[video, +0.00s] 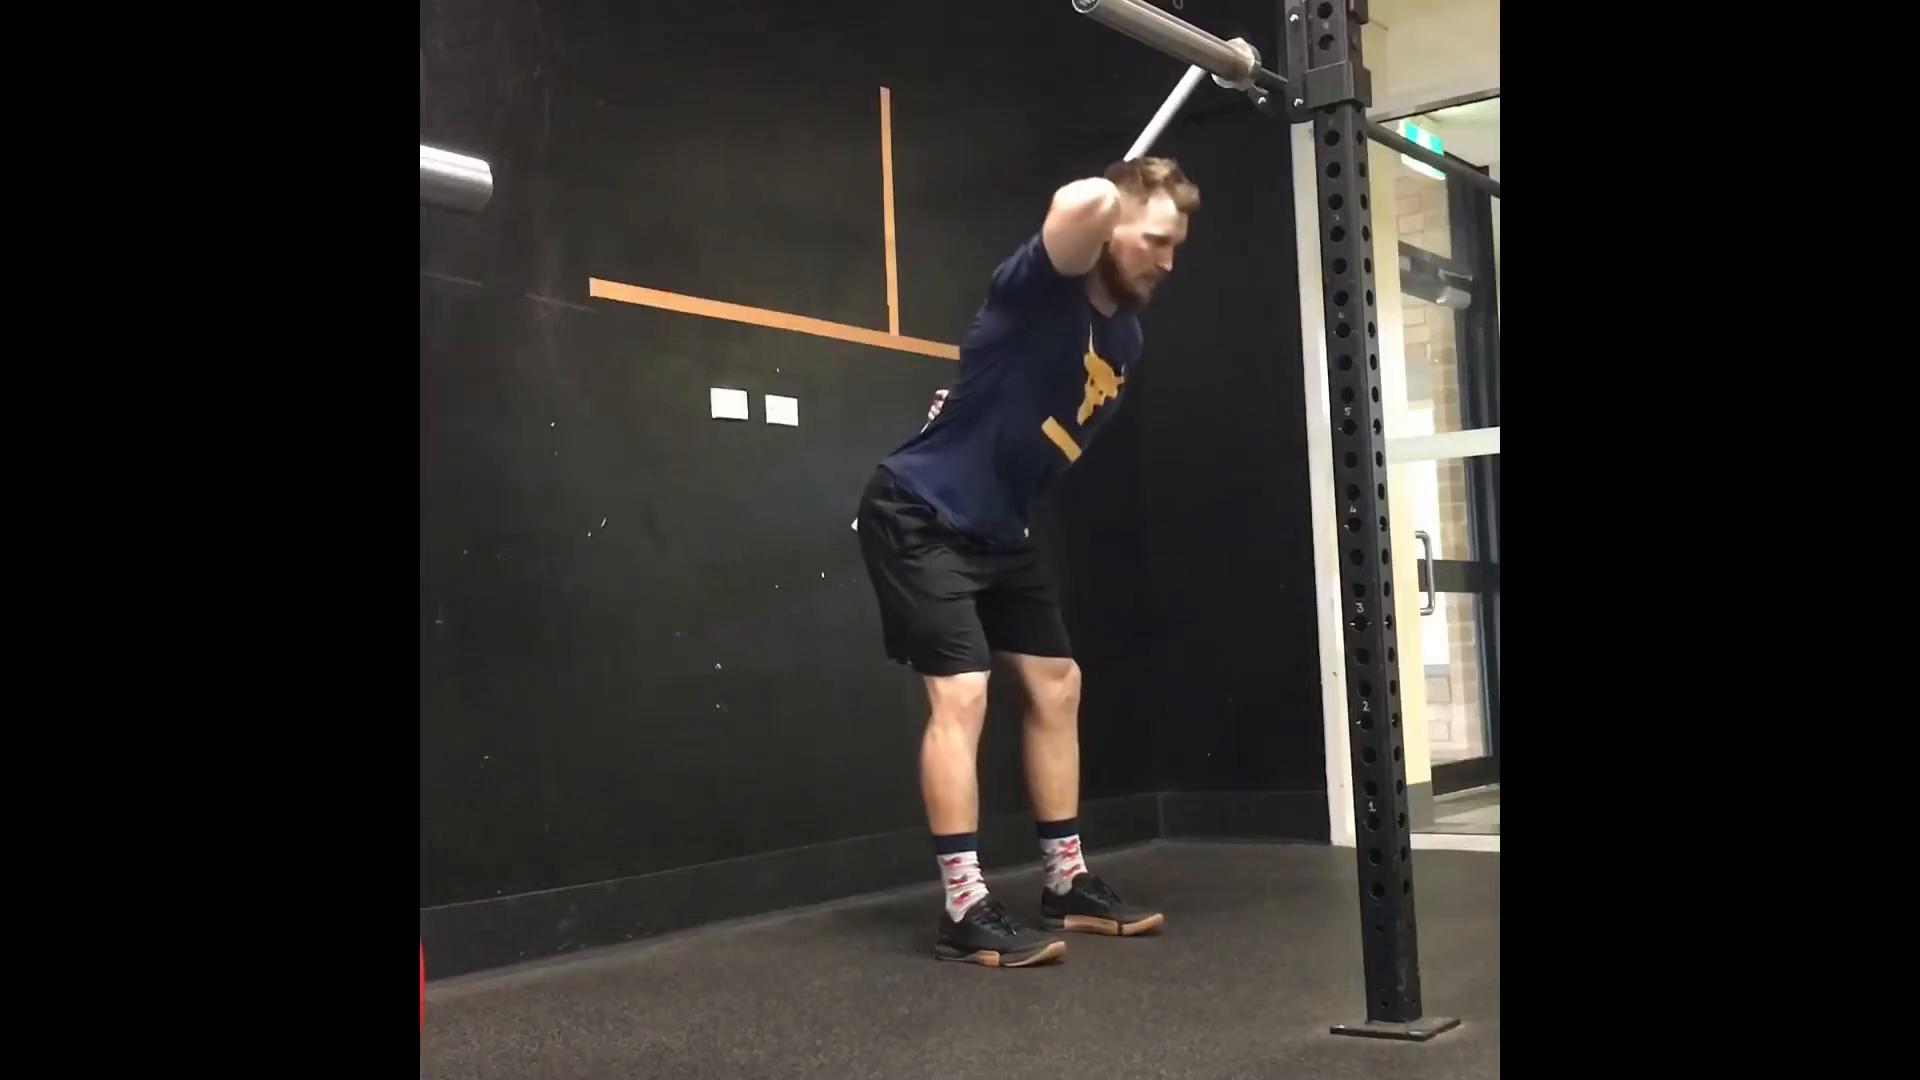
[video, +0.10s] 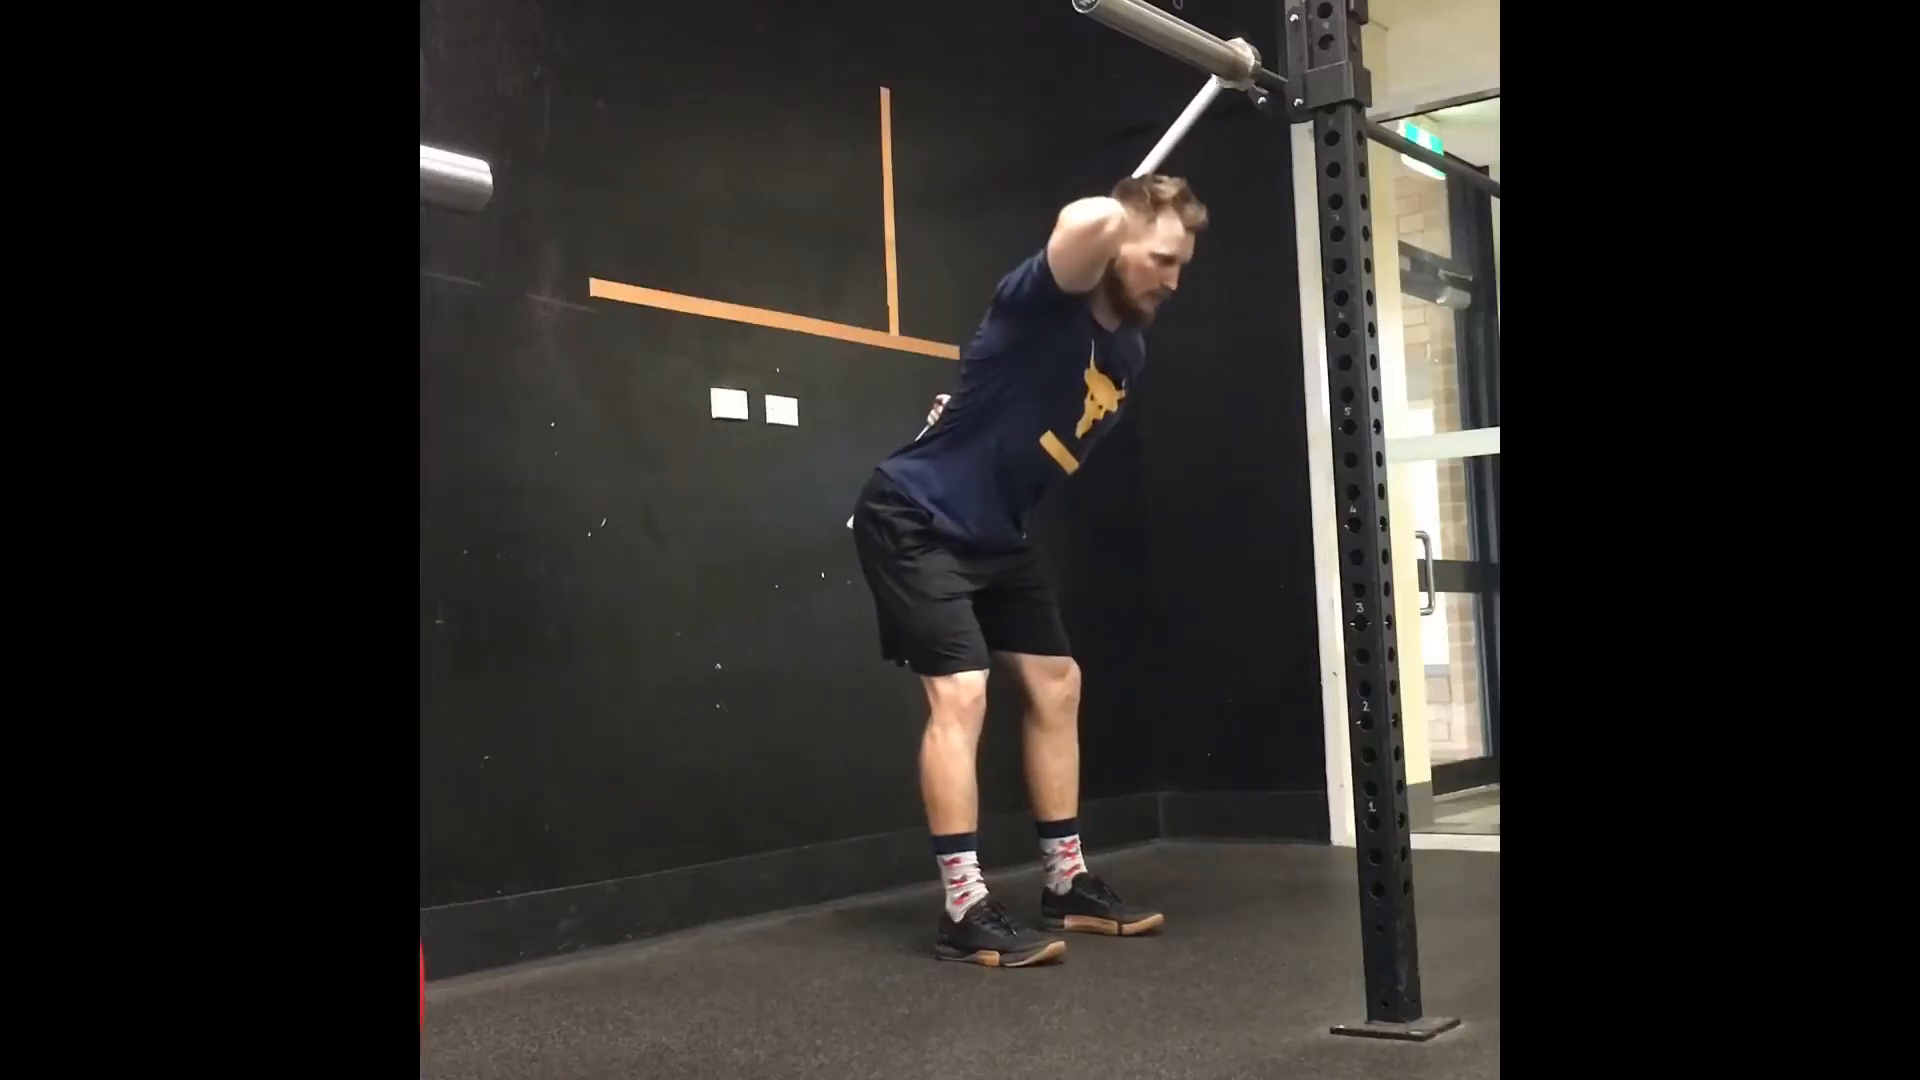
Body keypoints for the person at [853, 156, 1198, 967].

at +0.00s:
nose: (1166, 263)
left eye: (1175, 248)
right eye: (1155, 243)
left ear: (1174, 246)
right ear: (1110, 228)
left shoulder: (1123, 340)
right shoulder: (1043, 287)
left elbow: (1052, 404)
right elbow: (1074, 215)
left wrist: (972, 407)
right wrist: (1108, 191)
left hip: (999, 527)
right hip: (919, 512)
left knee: (1055, 687)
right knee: (958, 697)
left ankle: (1068, 886)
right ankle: (964, 912)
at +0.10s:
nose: (1171, 281)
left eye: (1181, 266)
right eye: (1160, 261)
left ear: (1184, 264)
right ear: (1115, 246)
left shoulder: (1124, 355)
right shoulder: (1045, 303)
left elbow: (1044, 416)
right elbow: (1080, 231)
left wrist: (966, 417)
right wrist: (1114, 212)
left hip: (996, 531)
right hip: (914, 515)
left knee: (1055, 684)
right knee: (958, 695)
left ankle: (1069, 885)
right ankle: (965, 911)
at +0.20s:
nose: (1177, 302)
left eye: (1187, 287)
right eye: (1169, 280)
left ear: (1186, 284)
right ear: (1125, 263)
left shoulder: (1127, 364)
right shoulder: (1048, 317)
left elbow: (1045, 420)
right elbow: (1085, 250)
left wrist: (964, 419)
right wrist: (1123, 232)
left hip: (993, 533)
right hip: (911, 517)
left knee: (1055, 683)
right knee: (957, 694)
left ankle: (1068, 885)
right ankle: (964, 911)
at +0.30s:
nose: (1179, 319)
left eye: (1191, 305)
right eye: (1172, 298)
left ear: (1194, 300)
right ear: (1130, 278)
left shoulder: (1130, 378)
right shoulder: (1049, 331)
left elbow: (1041, 431)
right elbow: (1091, 263)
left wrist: (964, 422)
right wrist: (1128, 252)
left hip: (989, 538)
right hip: (906, 520)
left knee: (1054, 681)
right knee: (956, 692)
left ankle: (1067, 885)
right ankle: (965, 911)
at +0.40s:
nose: (1180, 325)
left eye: (1191, 311)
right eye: (1173, 304)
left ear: (1193, 306)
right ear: (1131, 285)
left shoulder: (1130, 382)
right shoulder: (1048, 335)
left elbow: (1042, 425)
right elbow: (1090, 273)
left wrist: (963, 422)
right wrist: (1130, 259)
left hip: (987, 538)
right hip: (905, 520)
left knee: (1053, 681)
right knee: (955, 691)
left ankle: (1067, 886)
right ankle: (964, 913)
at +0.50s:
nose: (1178, 312)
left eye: (1188, 298)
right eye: (1171, 292)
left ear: (1186, 292)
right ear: (1125, 274)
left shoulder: (1124, 373)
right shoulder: (1045, 328)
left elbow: (1037, 418)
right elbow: (1085, 263)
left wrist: (962, 418)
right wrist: (1122, 247)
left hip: (987, 538)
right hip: (906, 519)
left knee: (1053, 680)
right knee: (956, 692)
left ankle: (1068, 886)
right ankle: (964, 912)